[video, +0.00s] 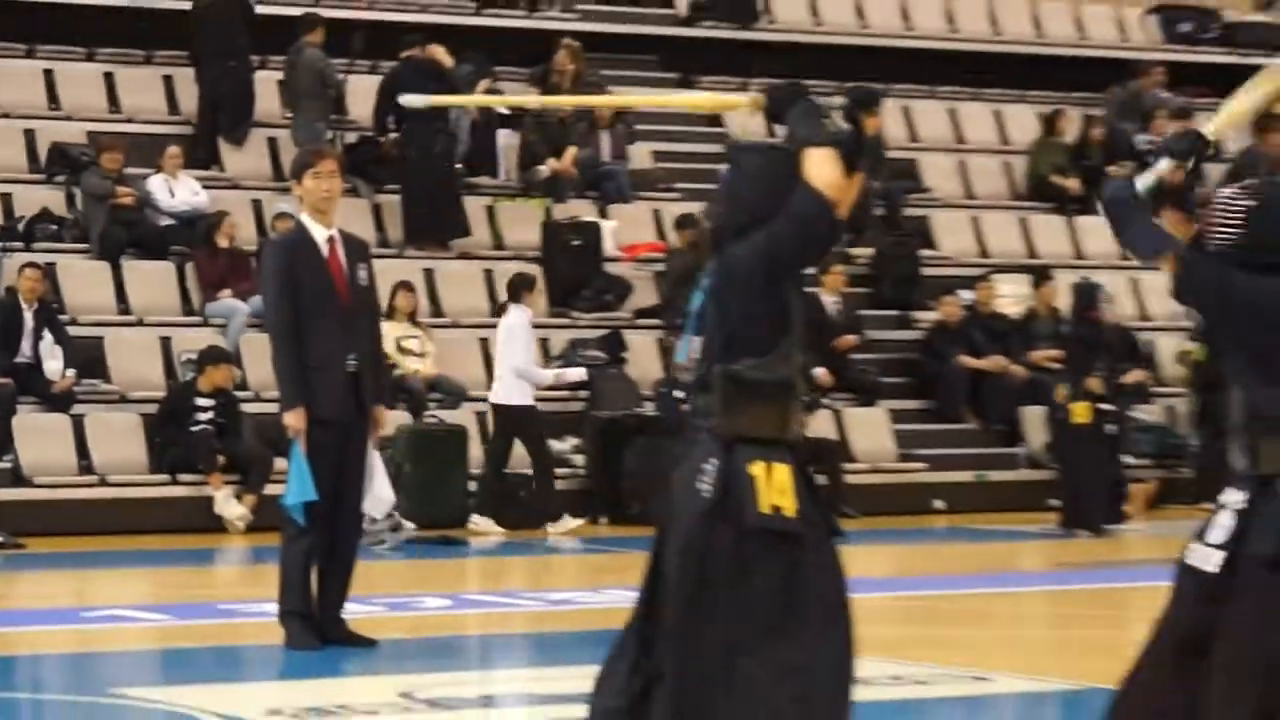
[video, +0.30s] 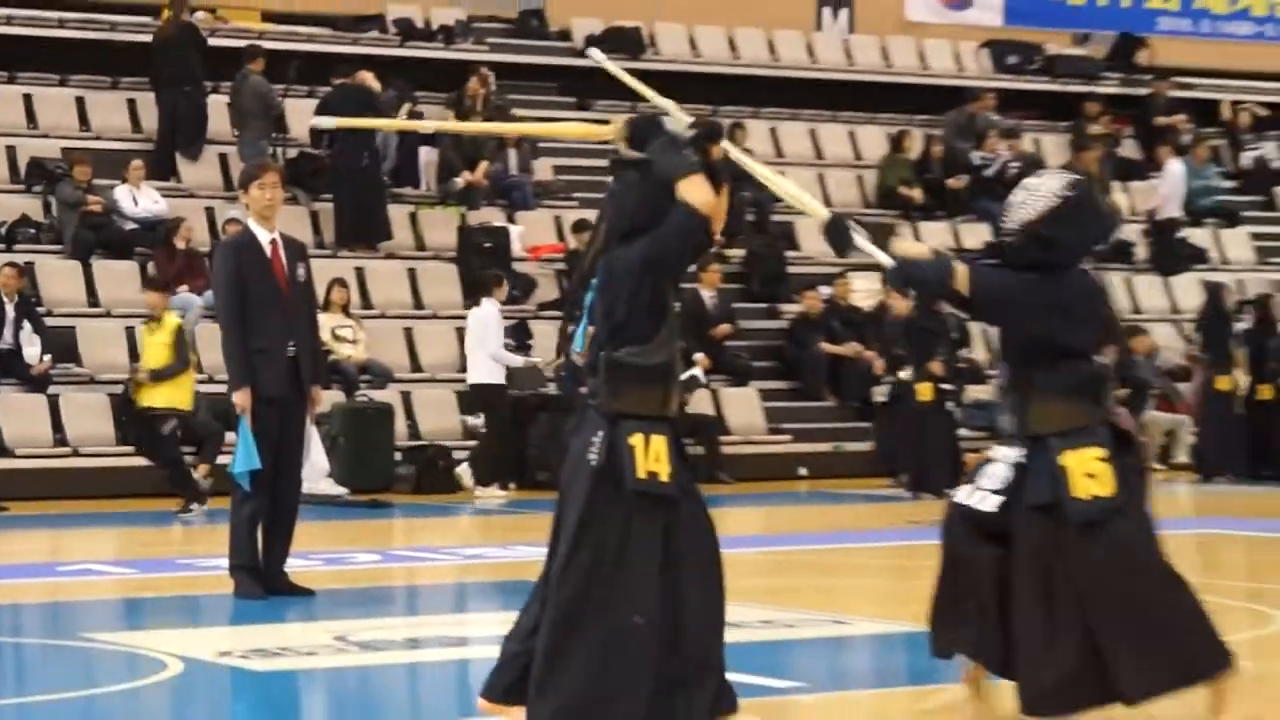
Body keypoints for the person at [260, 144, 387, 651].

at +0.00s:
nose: (329, 184)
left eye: (334, 176)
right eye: (318, 177)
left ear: (343, 184)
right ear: (298, 186)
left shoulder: (356, 248)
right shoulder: (282, 247)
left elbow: (370, 328)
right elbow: (281, 330)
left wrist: (377, 397)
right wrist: (291, 401)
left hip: (356, 394)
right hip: (312, 396)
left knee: (347, 510)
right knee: (309, 510)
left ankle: (330, 615)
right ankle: (296, 618)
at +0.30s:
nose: (271, 194)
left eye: (276, 187)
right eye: (262, 187)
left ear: (284, 194)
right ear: (245, 195)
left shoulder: (295, 249)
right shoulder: (231, 249)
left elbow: (308, 318)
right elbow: (229, 321)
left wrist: (314, 378)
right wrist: (239, 382)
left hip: (295, 375)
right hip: (256, 377)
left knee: (287, 478)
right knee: (254, 478)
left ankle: (274, 569)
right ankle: (244, 572)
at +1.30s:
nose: (304, 225)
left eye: (308, 219)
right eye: (297, 220)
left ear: (314, 224)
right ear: (286, 226)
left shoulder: (324, 265)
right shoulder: (274, 265)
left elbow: (333, 317)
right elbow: (273, 318)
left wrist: (337, 362)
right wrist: (280, 364)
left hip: (323, 362)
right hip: (293, 363)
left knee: (317, 438)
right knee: (291, 439)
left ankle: (308, 506)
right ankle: (285, 509)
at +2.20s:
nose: (242, 236)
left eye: (247, 230)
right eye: (236, 231)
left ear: (254, 234)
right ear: (227, 236)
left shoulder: (271, 272)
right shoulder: (216, 274)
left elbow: (280, 326)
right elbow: (209, 326)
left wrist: (283, 372)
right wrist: (210, 370)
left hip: (263, 369)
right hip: (228, 370)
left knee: (282, 440)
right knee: (219, 441)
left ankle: (309, 507)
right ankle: (209, 509)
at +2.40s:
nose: (212, 233)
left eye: (216, 228)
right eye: (207, 228)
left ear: (226, 232)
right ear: (198, 235)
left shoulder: (245, 269)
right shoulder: (187, 274)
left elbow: (255, 323)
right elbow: (181, 324)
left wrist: (258, 368)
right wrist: (183, 369)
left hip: (237, 367)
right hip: (200, 369)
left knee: (249, 440)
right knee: (199, 443)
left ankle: (261, 506)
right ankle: (206, 509)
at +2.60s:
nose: (188, 233)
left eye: (192, 227)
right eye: (183, 228)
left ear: (204, 230)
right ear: (176, 234)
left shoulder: (224, 267)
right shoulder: (170, 271)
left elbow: (234, 319)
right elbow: (165, 324)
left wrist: (235, 366)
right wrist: (167, 370)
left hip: (215, 363)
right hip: (182, 364)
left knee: (201, 431)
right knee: (187, 435)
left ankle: (192, 502)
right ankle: (204, 506)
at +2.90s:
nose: (151, 239)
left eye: (156, 233)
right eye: (145, 235)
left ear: (167, 236)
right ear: (138, 241)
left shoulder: (184, 273)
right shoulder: (136, 279)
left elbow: (195, 327)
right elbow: (133, 332)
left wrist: (195, 376)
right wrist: (134, 379)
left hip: (175, 373)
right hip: (145, 374)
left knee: (144, 442)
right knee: (169, 447)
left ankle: (117, 516)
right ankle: (203, 506)